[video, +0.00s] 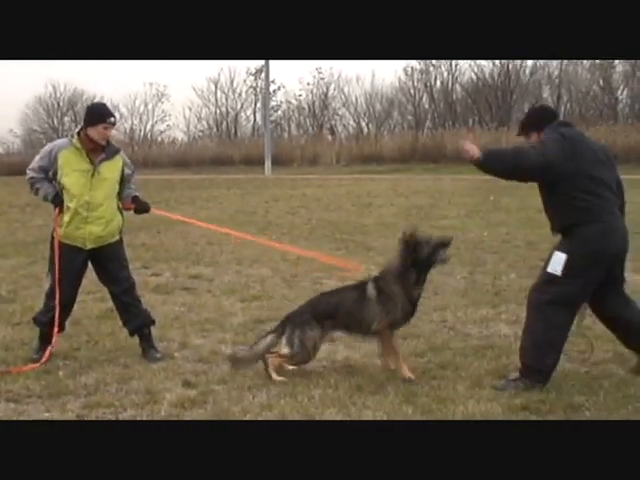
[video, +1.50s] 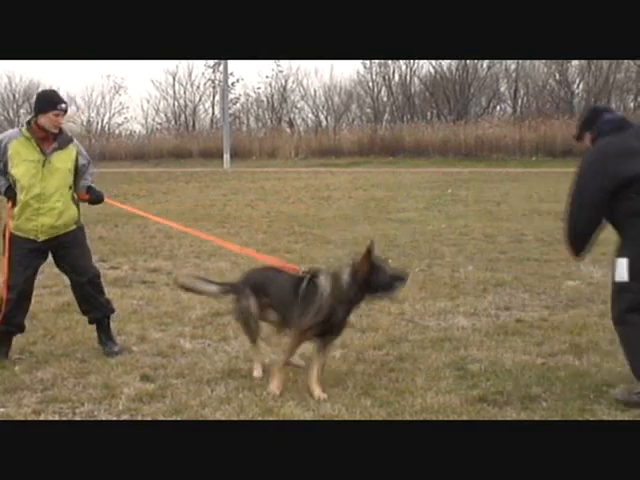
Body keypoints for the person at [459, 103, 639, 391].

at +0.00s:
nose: (529, 144)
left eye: (529, 138)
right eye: (527, 139)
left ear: (539, 132)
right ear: (556, 126)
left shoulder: (554, 144)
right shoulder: (594, 146)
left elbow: (525, 161)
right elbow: (616, 190)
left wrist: (481, 157)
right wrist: (613, 226)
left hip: (584, 239)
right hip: (613, 236)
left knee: (547, 300)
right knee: (608, 299)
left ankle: (532, 377)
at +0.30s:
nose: (534, 131)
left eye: (535, 124)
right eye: (532, 125)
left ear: (550, 120)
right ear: (553, 120)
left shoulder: (569, 144)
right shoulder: (574, 141)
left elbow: (589, 188)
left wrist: (595, 233)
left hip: (558, 233)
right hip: (575, 236)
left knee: (516, 288)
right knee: (590, 299)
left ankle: (505, 365)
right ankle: (620, 363)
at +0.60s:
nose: (489, 137)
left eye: (489, 131)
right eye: (487, 131)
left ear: (499, 126)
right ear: (522, 120)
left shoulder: (511, 140)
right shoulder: (557, 145)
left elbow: (509, 173)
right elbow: (569, 192)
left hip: (532, 241)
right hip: (572, 239)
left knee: (500, 300)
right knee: (584, 297)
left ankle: (477, 369)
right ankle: (609, 360)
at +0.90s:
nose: (486, 134)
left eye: (486, 128)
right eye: (484, 128)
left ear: (497, 123)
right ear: (517, 118)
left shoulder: (506, 138)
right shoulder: (549, 146)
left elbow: (490, 167)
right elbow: (573, 195)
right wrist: (563, 236)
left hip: (515, 240)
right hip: (553, 240)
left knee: (476, 296)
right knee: (555, 298)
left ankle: (462, 369)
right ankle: (592, 359)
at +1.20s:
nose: (540, 129)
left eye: (544, 123)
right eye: (539, 123)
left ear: (561, 122)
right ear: (564, 124)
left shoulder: (578, 149)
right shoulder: (581, 147)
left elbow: (579, 201)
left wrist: (555, 242)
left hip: (562, 244)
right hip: (580, 246)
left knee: (515, 292)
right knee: (559, 300)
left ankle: (489, 363)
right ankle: (589, 361)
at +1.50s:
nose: (586, 145)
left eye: (585, 139)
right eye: (584, 140)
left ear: (594, 133)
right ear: (611, 124)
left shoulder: (603, 153)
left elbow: (585, 202)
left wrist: (576, 243)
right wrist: (579, 239)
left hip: (633, 242)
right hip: (632, 240)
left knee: (626, 311)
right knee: (626, 309)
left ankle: (639, 383)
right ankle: (636, 383)